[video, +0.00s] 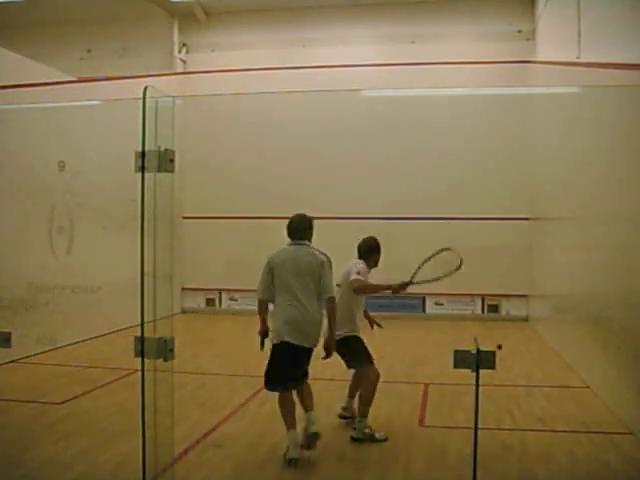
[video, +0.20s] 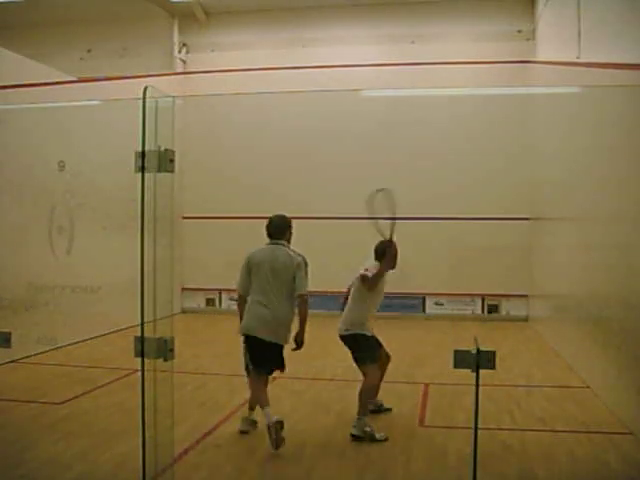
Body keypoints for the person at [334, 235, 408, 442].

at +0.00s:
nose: (379, 259)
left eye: (379, 255)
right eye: (379, 255)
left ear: (361, 252)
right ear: (374, 254)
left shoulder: (353, 268)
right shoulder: (359, 266)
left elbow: (352, 296)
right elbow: (357, 286)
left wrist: (367, 314)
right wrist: (391, 288)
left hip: (342, 331)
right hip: (346, 333)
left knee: (362, 369)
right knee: (372, 375)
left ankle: (348, 407)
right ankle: (361, 426)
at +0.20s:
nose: (397, 259)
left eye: (396, 255)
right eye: (394, 255)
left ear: (382, 256)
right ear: (385, 256)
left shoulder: (376, 272)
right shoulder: (370, 270)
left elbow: (349, 292)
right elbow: (369, 285)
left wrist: (345, 310)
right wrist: (382, 268)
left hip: (362, 328)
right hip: (353, 330)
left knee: (384, 359)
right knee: (372, 374)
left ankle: (371, 400)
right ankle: (360, 423)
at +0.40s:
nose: (389, 237)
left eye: (389, 234)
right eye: (389, 234)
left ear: (370, 230)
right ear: (386, 234)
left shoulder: (349, 246)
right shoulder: (385, 253)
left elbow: (346, 270)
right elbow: (389, 283)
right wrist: (381, 297)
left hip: (354, 307)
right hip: (377, 306)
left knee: (364, 354)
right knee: (377, 351)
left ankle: (372, 395)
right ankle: (361, 385)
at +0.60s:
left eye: (356, 223)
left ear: (356, 228)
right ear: (374, 229)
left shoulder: (350, 247)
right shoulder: (381, 249)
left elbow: (342, 276)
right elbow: (372, 279)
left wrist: (349, 287)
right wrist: (342, 287)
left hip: (361, 309)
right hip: (385, 304)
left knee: (369, 354)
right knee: (404, 342)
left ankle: (381, 396)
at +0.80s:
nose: (344, 242)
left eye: (344, 238)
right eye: (345, 238)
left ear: (345, 239)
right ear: (361, 238)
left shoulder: (344, 259)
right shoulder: (374, 256)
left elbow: (341, 289)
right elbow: (377, 283)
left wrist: (338, 314)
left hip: (361, 317)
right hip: (382, 312)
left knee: (371, 359)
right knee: (393, 347)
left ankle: (388, 398)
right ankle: (405, 383)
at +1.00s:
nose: (328, 246)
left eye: (331, 243)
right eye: (329, 243)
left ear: (338, 244)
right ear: (347, 244)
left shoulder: (340, 264)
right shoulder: (363, 260)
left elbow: (339, 293)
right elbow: (379, 284)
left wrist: (329, 319)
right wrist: (393, 307)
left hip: (349, 320)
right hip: (369, 318)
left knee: (335, 353)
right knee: (371, 349)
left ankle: (363, 377)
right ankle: (389, 386)